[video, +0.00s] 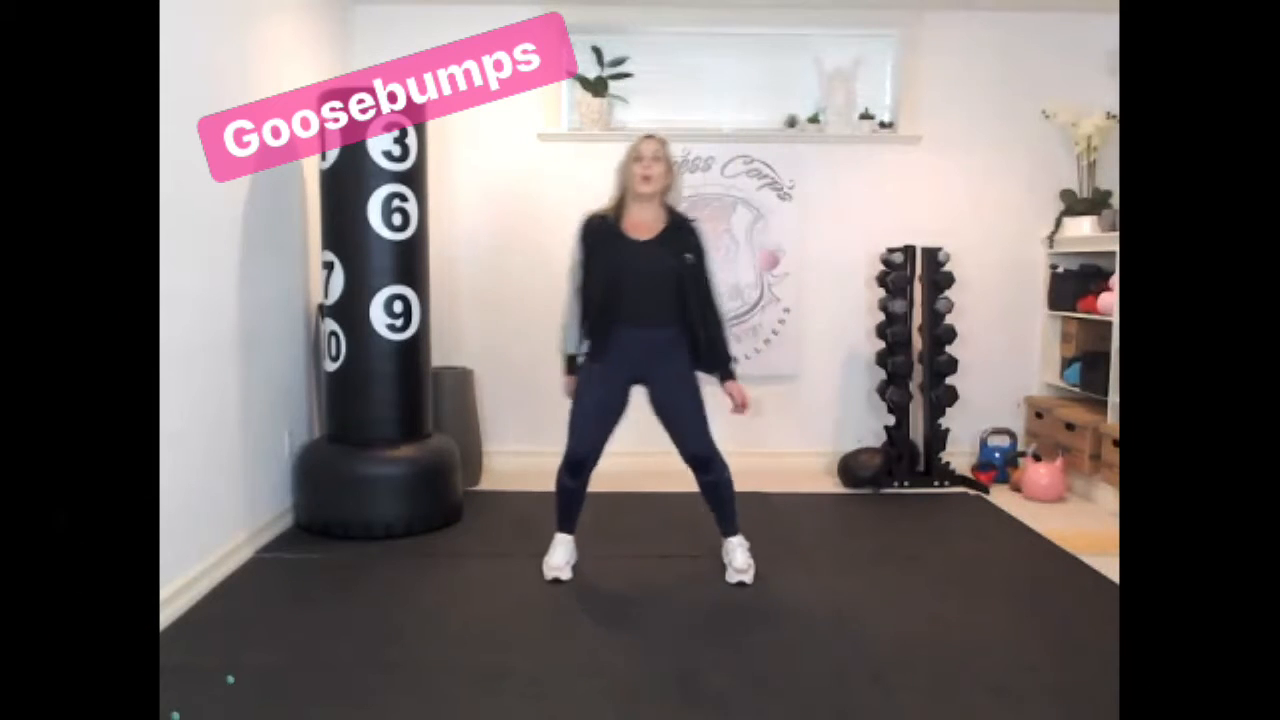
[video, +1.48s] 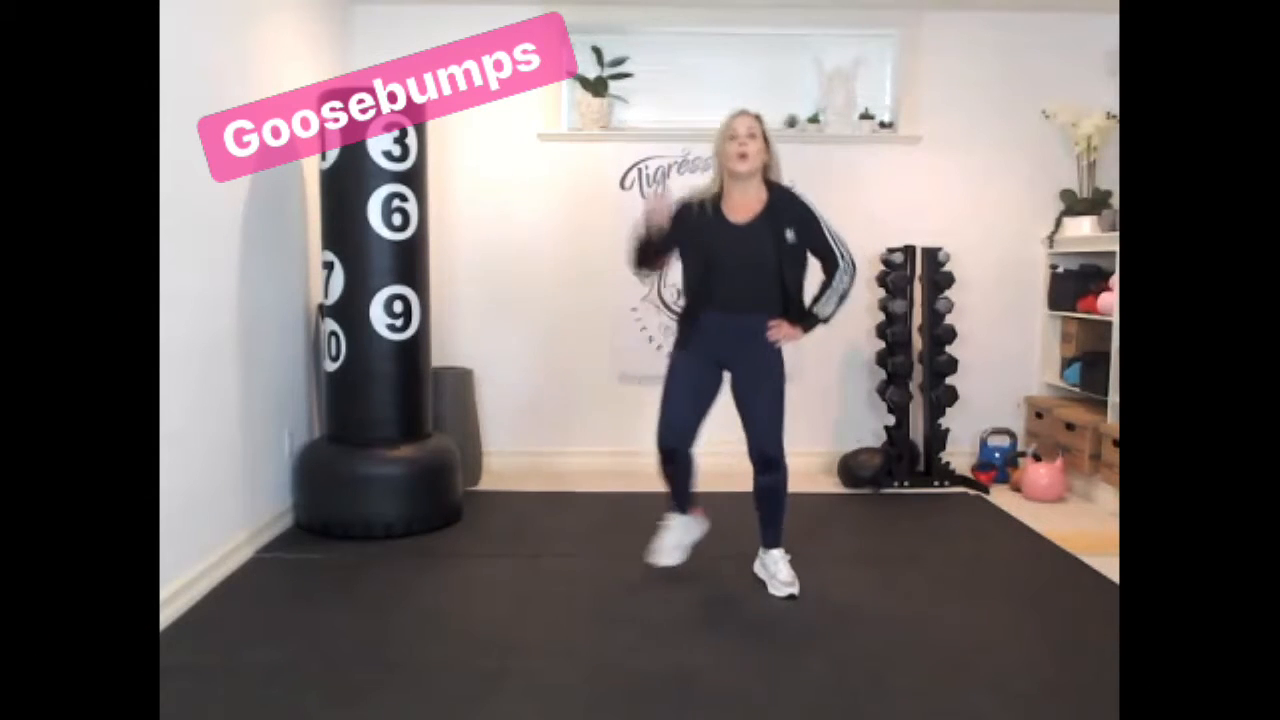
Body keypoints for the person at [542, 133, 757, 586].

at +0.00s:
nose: (647, 168)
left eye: (656, 161)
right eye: (639, 160)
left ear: (669, 173)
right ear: (626, 170)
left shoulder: (682, 232)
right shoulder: (598, 229)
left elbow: (703, 305)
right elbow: (580, 298)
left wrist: (726, 374)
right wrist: (571, 364)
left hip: (669, 356)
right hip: (609, 356)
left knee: (701, 454)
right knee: (579, 455)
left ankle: (733, 540)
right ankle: (563, 539)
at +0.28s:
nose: (613, 146)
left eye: (621, 138)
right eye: (604, 138)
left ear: (632, 149)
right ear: (587, 148)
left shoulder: (646, 205)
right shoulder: (561, 205)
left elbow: (655, 275)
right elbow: (540, 272)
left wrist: (660, 330)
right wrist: (546, 338)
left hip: (643, 325)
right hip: (585, 331)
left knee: (710, 392)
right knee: (578, 443)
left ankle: (703, 486)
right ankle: (564, 537)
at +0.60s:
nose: (621, 155)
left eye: (627, 147)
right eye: (611, 148)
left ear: (638, 156)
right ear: (594, 159)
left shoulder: (656, 216)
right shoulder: (569, 215)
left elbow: (660, 285)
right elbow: (539, 276)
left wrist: (662, 338)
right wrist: (500, 278)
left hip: (647, 335)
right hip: (591, 337)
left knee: (711, 412)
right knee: (579, 451)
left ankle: (706, 506)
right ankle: (565, 538)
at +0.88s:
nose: (676, 176)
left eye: (684, 168)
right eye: (666, 169)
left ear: (697, 178)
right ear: (650, 181)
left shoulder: (716, 238)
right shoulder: (631, 235)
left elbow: (727, 312)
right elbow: (603, 297)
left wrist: (736, 382)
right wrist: (556, 296)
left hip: (696, 362)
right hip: (637, 361)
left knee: (740, 461)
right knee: (606, 461)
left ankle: (764, 553)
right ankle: (567, 540)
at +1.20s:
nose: (733, 139)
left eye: (742, 131)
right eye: (724, 132)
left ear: (759, 142)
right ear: (711, 144)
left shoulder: (783, 194)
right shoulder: (689, 196)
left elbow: (847, 246)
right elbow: (669, 253)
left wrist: (822, 313)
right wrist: (655, 261)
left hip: (757, 332)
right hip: (697, 329)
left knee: (766, 446)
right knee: (662, 428)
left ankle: (772, 548)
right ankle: (678, 495)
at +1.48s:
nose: (741, 144)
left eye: (751, 137)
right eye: (733, 137)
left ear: (766, 151)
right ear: (720, 151)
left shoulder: (788, 207)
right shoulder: (693, 212)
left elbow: (844, 266)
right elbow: (645, 265)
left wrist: (805, 320)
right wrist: (652, 231)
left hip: (758, 341)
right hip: (699, 337)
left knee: (767, 452)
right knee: (671, 439)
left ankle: (772, 550)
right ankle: (685, 514)